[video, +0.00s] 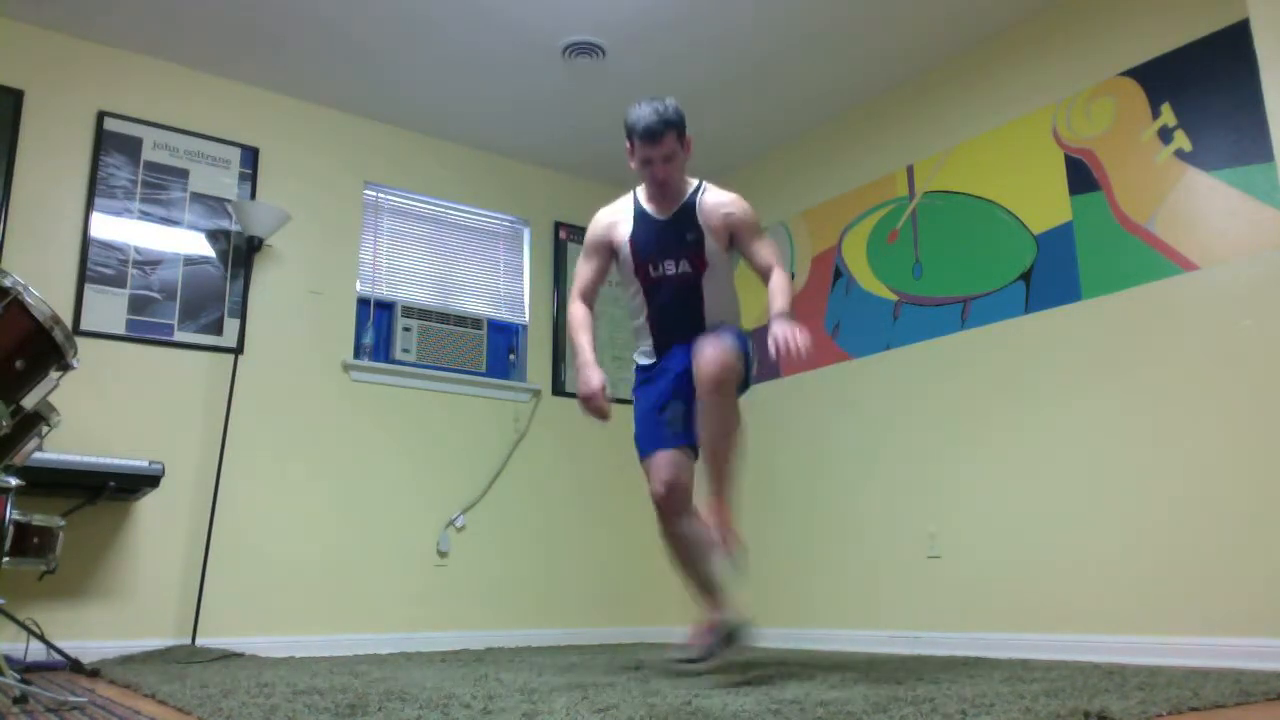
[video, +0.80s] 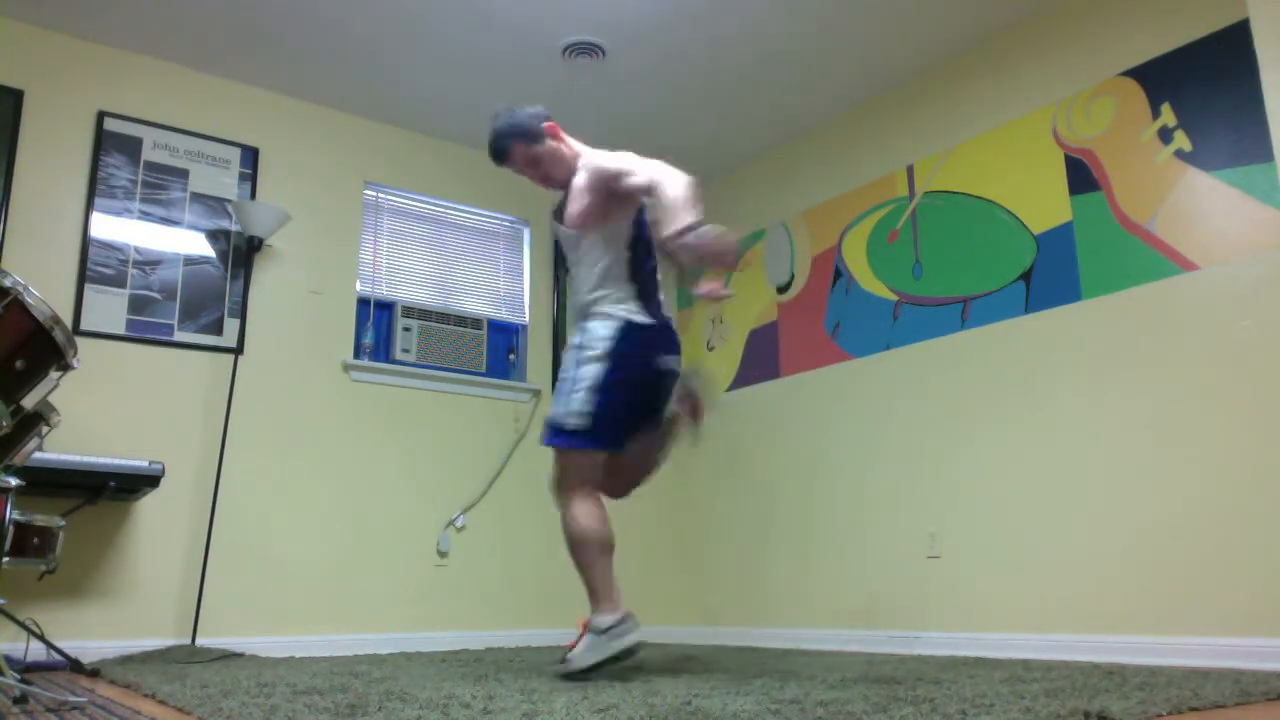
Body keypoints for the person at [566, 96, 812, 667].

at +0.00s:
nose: (658, 173)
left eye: (668, 159)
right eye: (646, 161)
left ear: (686, 150)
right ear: (630, 157)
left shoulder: (723, 209)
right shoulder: (610, 223)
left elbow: (774, 268)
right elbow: (579, 300)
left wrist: (779, 316)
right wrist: (587, 366)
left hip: (720, 346)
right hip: (658, 365)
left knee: (712, 359)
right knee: (666, 491)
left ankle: (717, 509)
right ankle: (717, 612)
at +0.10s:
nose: (657, 180)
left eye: (665, 166)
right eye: (646, 169)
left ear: (684, 157)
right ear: (629, 167)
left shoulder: (722, 217)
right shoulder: (613, 231)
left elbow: (779, 271)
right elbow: (582, 306)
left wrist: (785, 302)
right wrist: (586, 357)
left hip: (716, 372)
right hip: (655, 384)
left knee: (720, 468)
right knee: (679, 513)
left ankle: (775, 610)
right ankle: (752, 624)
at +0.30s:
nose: (627, 165)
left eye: (634, 150)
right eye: (615, 156)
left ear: (655, 139)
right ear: (603, 156)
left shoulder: (696, 199)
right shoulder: (598, 214)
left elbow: (768, 244)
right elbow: (576, 285)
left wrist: (805, 284)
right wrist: (574, 326)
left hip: (700, 348)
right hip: (652, 359)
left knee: (640, 453)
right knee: (662, 489)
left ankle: (723, 595)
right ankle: (743, 609)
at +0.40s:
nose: (601, 161)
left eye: (607, 145)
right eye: (590, 151)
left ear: (632, 130)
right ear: (580, 149)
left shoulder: (677, 187)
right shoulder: (579, 206)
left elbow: (756, 223)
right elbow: (549, 267)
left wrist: (786, 263)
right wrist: (556, 315)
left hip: (686, 334)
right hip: (642, 349)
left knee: (626, 467)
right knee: (607, 483)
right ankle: (716, 577)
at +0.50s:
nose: (584, 179)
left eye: (589, 164)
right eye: (572, 170)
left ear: (614, 146)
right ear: (563, 170)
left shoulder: (661, 203)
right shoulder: (573, 219)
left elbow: (744, 225)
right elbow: (543, 272)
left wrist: (771, 256)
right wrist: (544, 323)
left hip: (664, 366)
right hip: (626, 374)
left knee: (592, 498)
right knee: (579, 506)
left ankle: (614, 646)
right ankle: (695, 579)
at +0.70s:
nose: (541, 189)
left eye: (542, 174)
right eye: (532, 183)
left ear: (565, 147)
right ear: (529, 178)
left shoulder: (613, 187)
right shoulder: (574, 206)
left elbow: (675, 199)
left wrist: (726, 226)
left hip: (641, 348)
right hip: (617, 353)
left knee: (592, 487)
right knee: (585, 484)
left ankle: (613, 645)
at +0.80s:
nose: (536, 179)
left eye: (533, 165)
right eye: (525, 174)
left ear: (554, 136)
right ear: (531, 165)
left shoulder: (599, 167)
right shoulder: (578, 194)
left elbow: (672, 182)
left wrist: (679, 230)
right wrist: (709, 276)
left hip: (614, 334)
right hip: (637, 338)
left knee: (574, 482)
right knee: (616, 481)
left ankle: (607, 618)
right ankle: (676, 414)